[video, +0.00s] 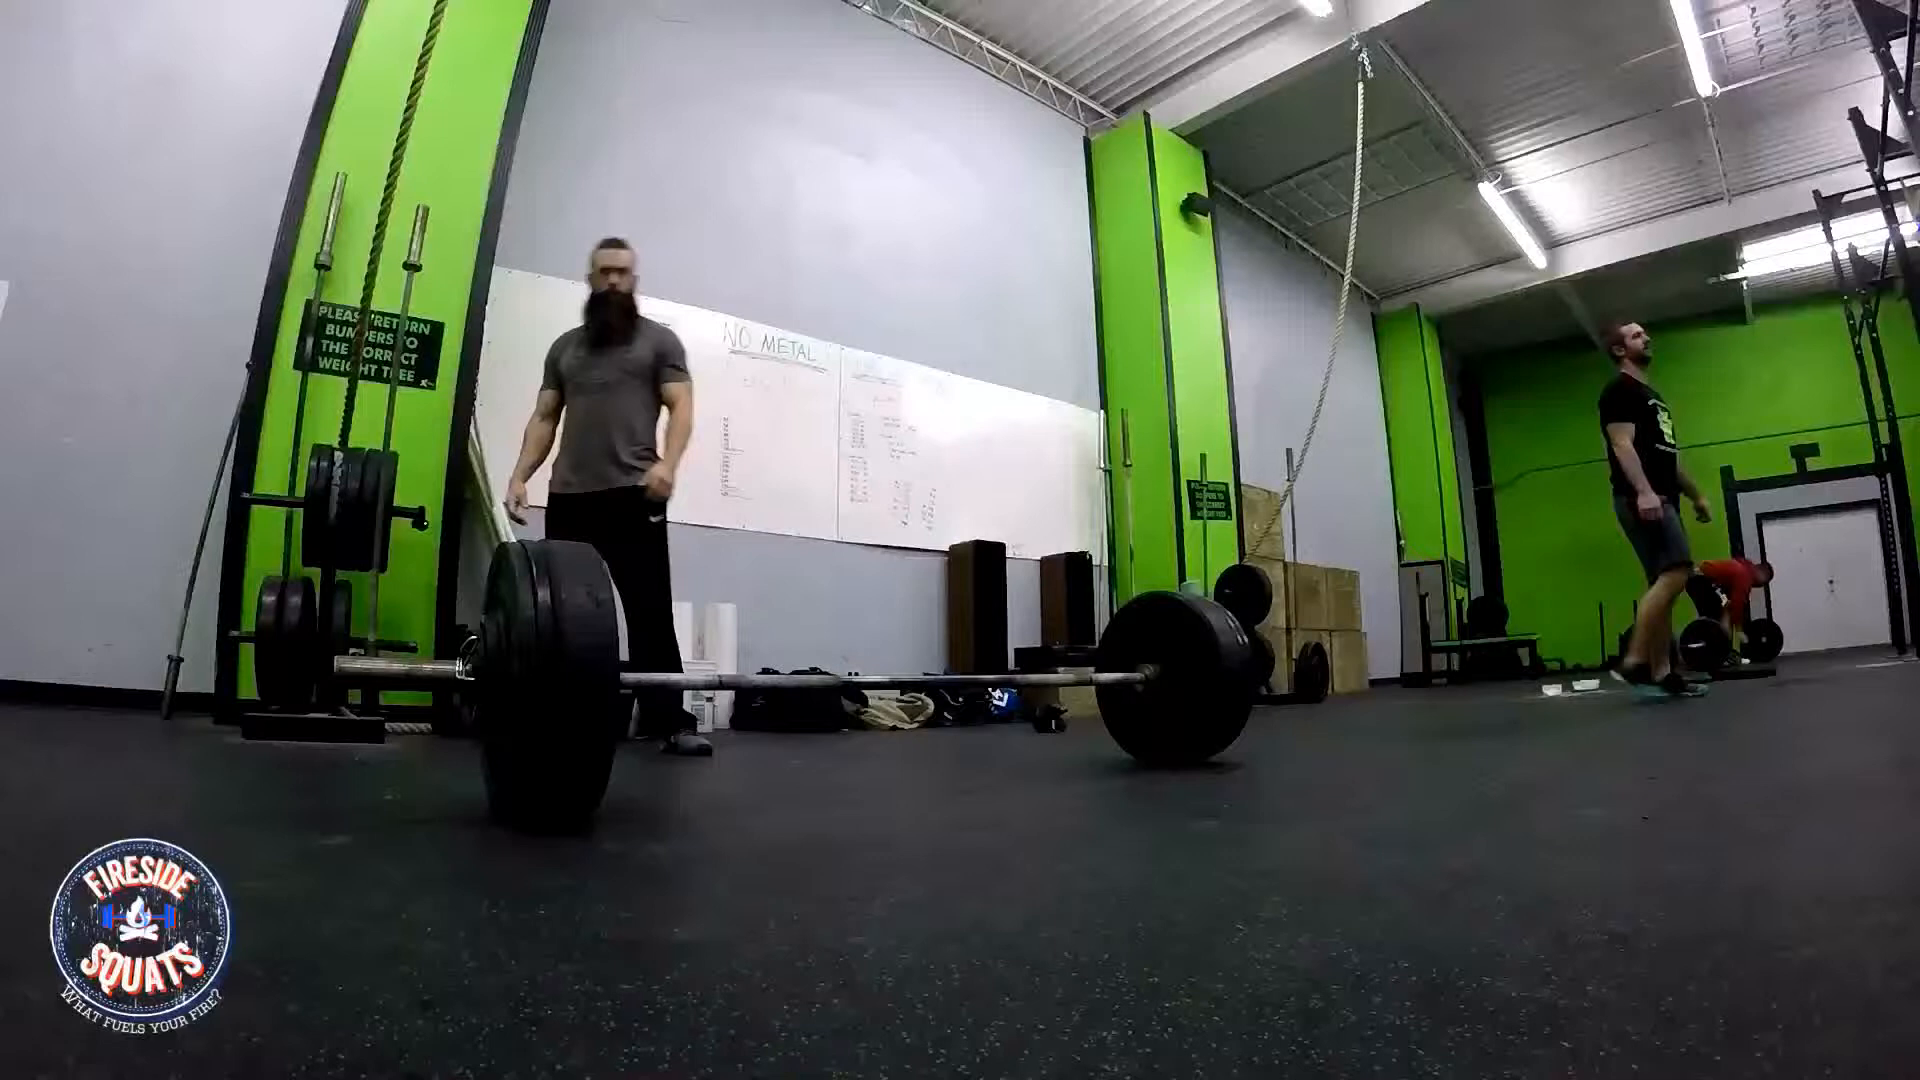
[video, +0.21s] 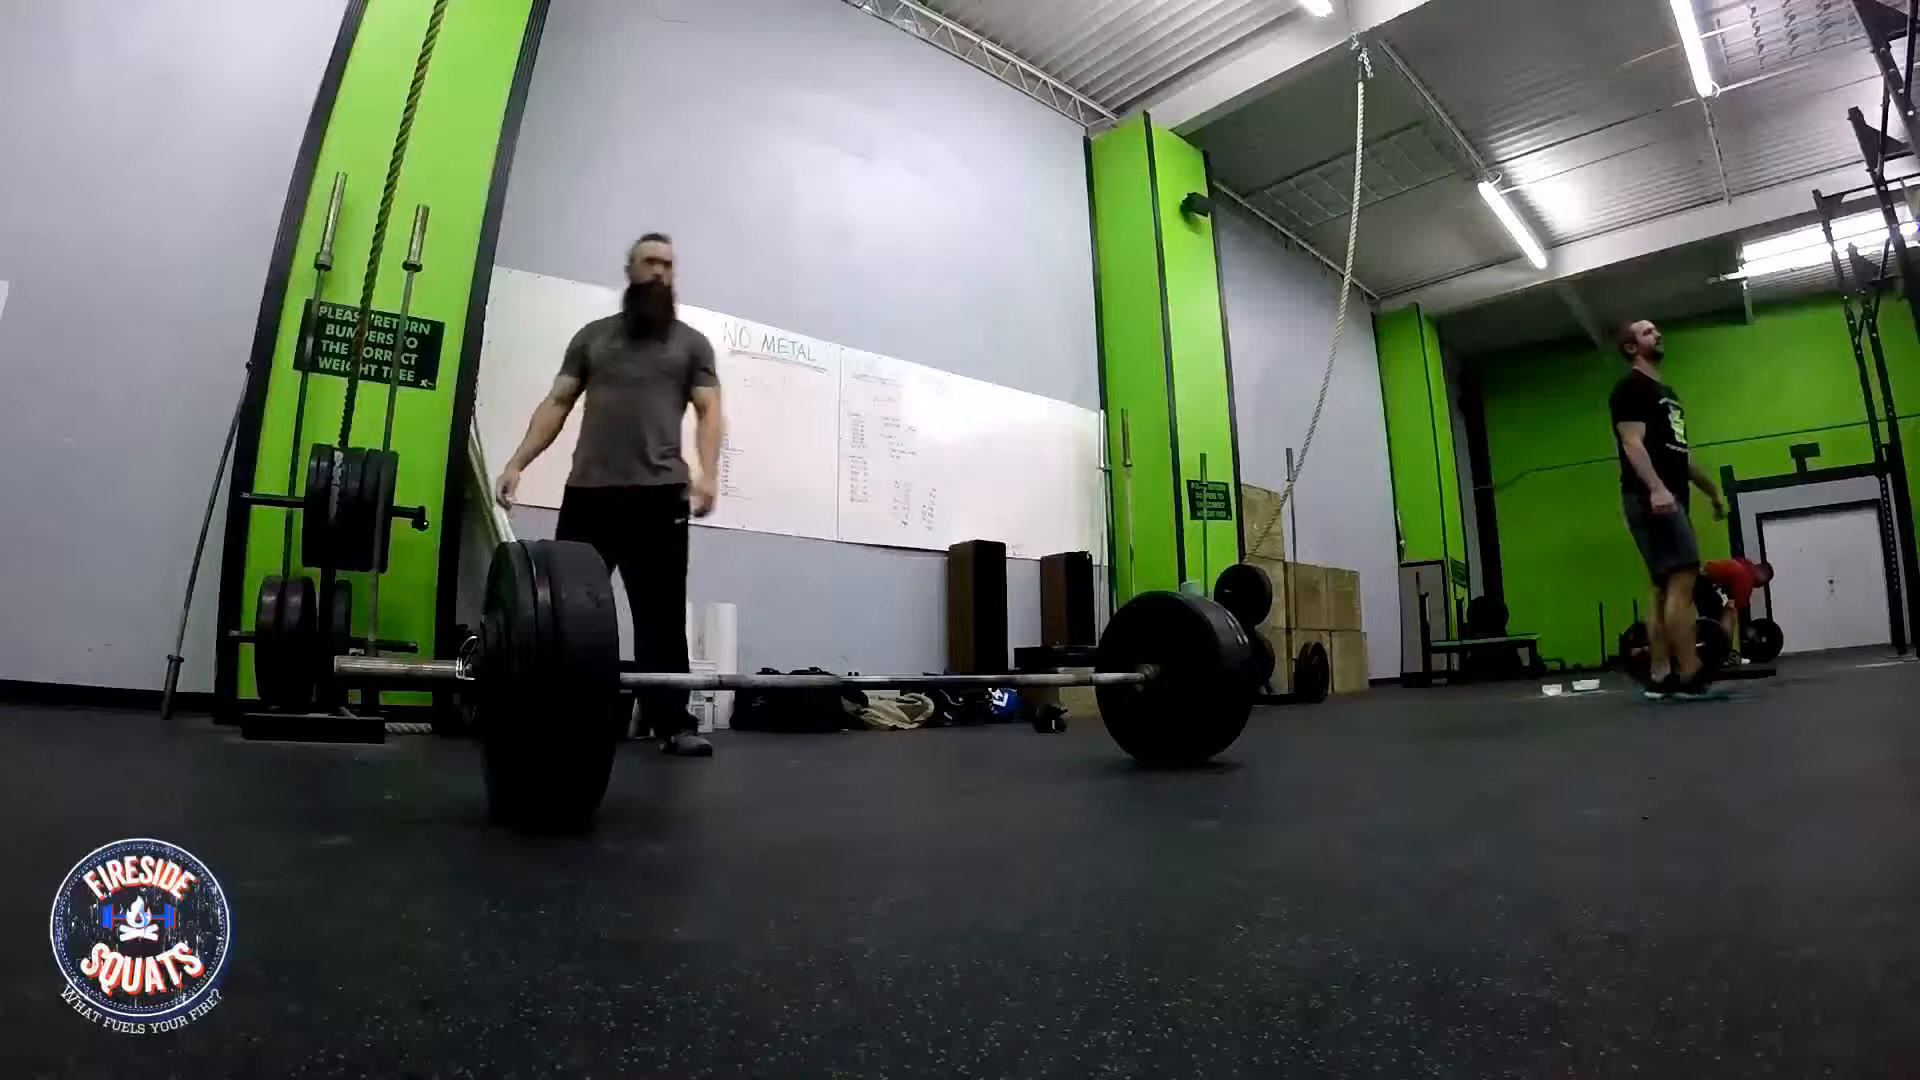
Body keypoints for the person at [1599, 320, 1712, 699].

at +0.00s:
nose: (1646, 338)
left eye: (1644, 333)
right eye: (1636, 335)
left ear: (1641, 345)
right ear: (1619, 350)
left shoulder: (1652, 395)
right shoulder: (1619, 391)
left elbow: (1667, 456)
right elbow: (1622, 445)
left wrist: (1695, 494)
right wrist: (1644, 489)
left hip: (1660, 497)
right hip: (1643, 498)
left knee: (1663, 581)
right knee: (1675, 572)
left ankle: (1663, 671)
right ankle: (1635, 660)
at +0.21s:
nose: (1657, 335)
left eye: (1655, 330)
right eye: (1647, 332)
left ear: (1651, 342)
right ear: (1631, 347)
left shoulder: (1665, 393)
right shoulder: (1630, 389)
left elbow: (1677, 454)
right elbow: (1632, 443)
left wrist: (1710, 487)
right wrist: (1656, 486)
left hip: (1669, 497)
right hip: (1652, 498)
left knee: (1663, 587)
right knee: (1683, 576)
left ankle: (1660, 675)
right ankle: (1689, 672)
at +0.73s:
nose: (1686, 305)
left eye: (1682, 302)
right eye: (1677, 305)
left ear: (1679, 323)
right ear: (1668, 324)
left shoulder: (1700, 369)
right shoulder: (1674, 368)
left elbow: (1719, 436)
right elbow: (1681, 427)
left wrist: (1758, 467)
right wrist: (1707, 477)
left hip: (1716, 483)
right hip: (1695, 485)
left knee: (1728, 571)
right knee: (1716, 574)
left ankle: (1686, 652)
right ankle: (1717, 673)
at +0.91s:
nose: (1699, 301)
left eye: (1694, 297)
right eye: (1690, 299)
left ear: (1688, 318)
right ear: (1682, 317)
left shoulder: (1708, 365)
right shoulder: (1689, 363)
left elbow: (1731, 432)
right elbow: (1702, 420)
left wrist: (1766, 463)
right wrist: (1740, 465)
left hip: (1724, 481)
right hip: (1705, 482)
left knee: (1743, 572)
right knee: (1719, 575)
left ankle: (1734, 664)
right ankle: (1717, 674)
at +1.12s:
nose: (1719, 300)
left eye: (1713, 295)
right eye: (1710, 297)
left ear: (1702, 316)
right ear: (1699, 314)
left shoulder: (1718, 360)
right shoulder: (1706, 360)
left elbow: (1731, 425)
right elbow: (1728, 419)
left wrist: (1758, 473)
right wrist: (1773, 461)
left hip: (1739, 481)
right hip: (1721, 483)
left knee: (1768, 570)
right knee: (1726, 575)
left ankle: (1796, 657)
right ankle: (1719, 671)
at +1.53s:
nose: (1769, 303)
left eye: (1765, 298)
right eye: (1761, 300)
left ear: (1751, 315)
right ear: (1748, 313)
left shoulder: (1762, 356)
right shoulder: (1757, 355)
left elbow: (1770, 414)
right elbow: (1769, 406)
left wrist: (1797, 462)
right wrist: (1802, 454)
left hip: (1787, 472)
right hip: (1775, 473)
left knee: (1808, 568)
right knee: (1784, 563)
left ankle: (1819, 664)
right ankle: (1733, 657)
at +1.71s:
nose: (1790, 302)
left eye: (1788, 298)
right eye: (1782, 299)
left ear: (1775, 313)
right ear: (1765, 313)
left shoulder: (1785, 357)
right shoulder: (1771, 352)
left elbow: (1803, 427)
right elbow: (1792, 397)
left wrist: (1838, 473)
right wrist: (1844, 403)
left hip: (1804, 472)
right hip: (1796, 473)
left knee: (1816, 566)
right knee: (1833, 555)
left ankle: (1819, 662)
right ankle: (1778, 641)